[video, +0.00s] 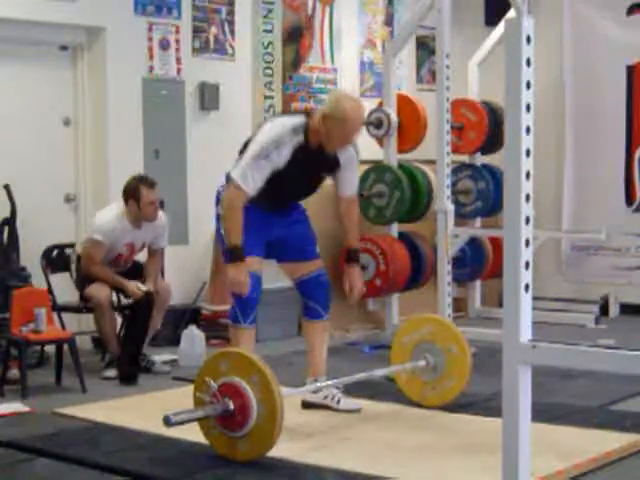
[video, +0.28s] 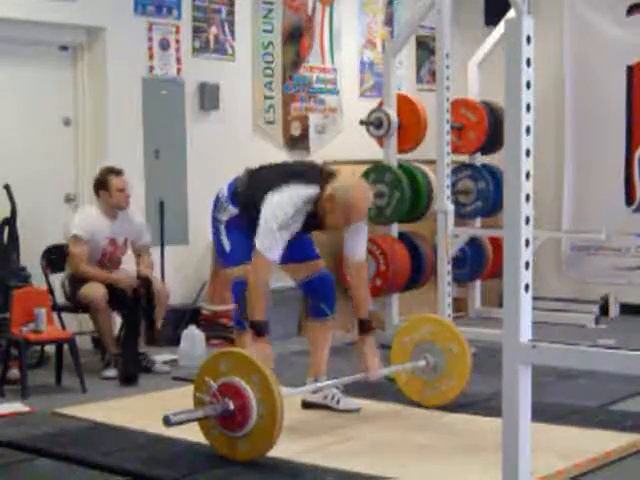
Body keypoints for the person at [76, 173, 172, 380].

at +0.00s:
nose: (156, 209)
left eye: (157, 203)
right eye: (151, 204)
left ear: (157, 201)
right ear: (132, 205)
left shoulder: (159, 221)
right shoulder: (106, 223)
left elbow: (155, 254)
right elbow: (90, 265)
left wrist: (151, 282)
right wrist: (125, 285)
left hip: (128, 266)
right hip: (99, 268)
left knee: (162, 291)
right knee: (101, 296)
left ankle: (139, 350)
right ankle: (115, 356)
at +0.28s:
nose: (127, 195)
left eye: (127, 189)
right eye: (121, 190)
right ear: (102, 195)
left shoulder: (130, 218)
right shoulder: (85, 219)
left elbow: (143, 252)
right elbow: (78, 266)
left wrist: (144, 271)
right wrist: (116, 278)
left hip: (116, 273)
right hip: (86, 275)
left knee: (159, 291)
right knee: (98, 295)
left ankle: (144, 349)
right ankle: (112, 355)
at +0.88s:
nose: (123, 189)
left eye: (122, 184)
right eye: (117, 185)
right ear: (99, 190)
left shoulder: (121, 215)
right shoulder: (78, 214)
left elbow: (136, 253)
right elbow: (75, 260)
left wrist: (142, 275)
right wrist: (113, 283)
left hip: (117, 274)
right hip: (84, 277)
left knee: (160, 288)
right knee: (97, 291)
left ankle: (150, 353)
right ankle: (98, 359)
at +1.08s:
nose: (132, 192)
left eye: (131, 187)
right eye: (126, 188)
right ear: (108, 192)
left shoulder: (131, 217)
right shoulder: (85, 216)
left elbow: (143, 256)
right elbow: (81, 264)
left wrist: (141, 280)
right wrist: (115, 288)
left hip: (118, 276)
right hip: (84, 278)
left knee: (161, 288)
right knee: (96, 293)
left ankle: (150, 353)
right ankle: (98, 359)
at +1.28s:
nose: (136, 194)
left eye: (135, 188)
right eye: (130, 189)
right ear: (112, 193)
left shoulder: (137, 216)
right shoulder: (89, 216)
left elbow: (146, 256)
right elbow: (84, 265)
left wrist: (141, 281)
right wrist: (117, 291)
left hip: (120, 276)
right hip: (88, 278)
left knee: (162, 288)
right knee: (97, 294)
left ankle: (150, 352)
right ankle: (98, 359)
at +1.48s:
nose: (138, 195)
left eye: (137, 189)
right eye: (132, 191)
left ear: (118, 195)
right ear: (114, 195)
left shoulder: (139, 216)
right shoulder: (91, 216)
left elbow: (147, 256)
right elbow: (86, 264)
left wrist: (140, 283)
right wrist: (120, 291)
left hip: (122, 277)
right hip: (89, 278)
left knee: (162, 289)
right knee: (99, 294)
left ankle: (151, 352)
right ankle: (98, 359)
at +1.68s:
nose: (142, 202)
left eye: (142, 197)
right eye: (137, 198)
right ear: (121, 202)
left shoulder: (140, 220)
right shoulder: (93, 220)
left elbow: (146, 258)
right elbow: (78, 266)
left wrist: (142, 272)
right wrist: (119, 283)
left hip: (120, 277)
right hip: (87, 278)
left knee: (161, 287)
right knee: (96, 292)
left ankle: (150, 352)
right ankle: (97, 358)